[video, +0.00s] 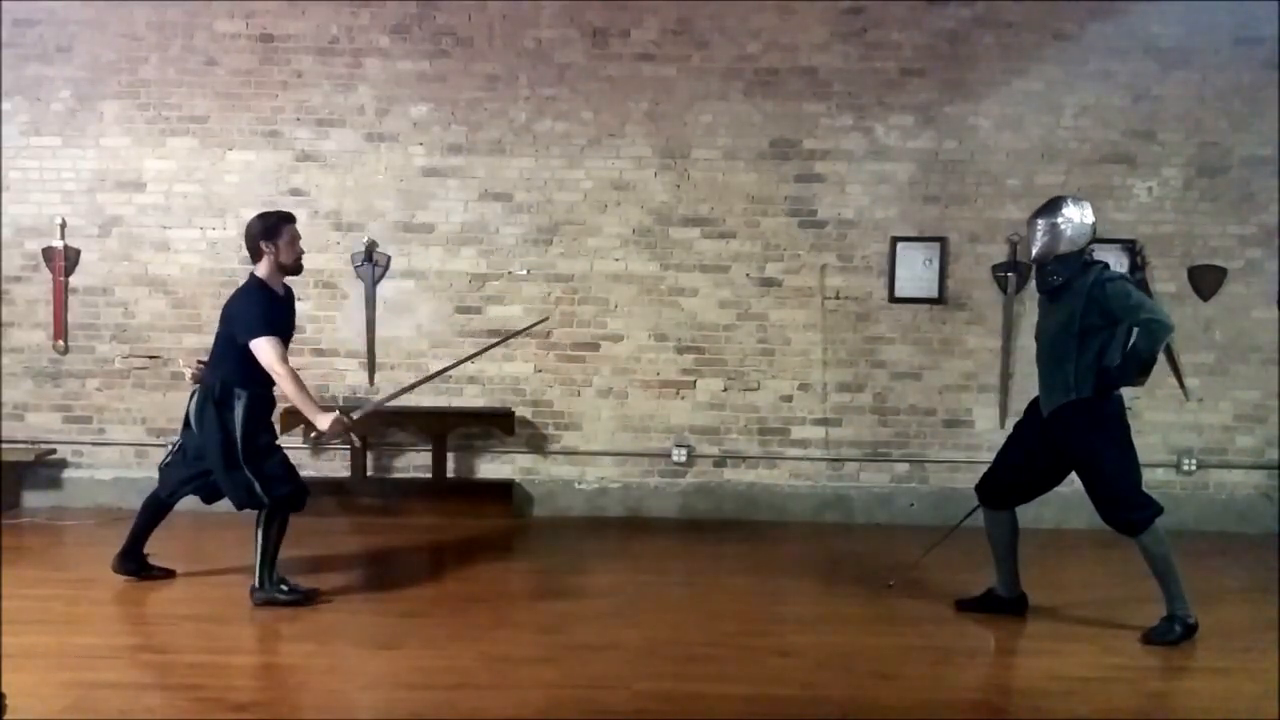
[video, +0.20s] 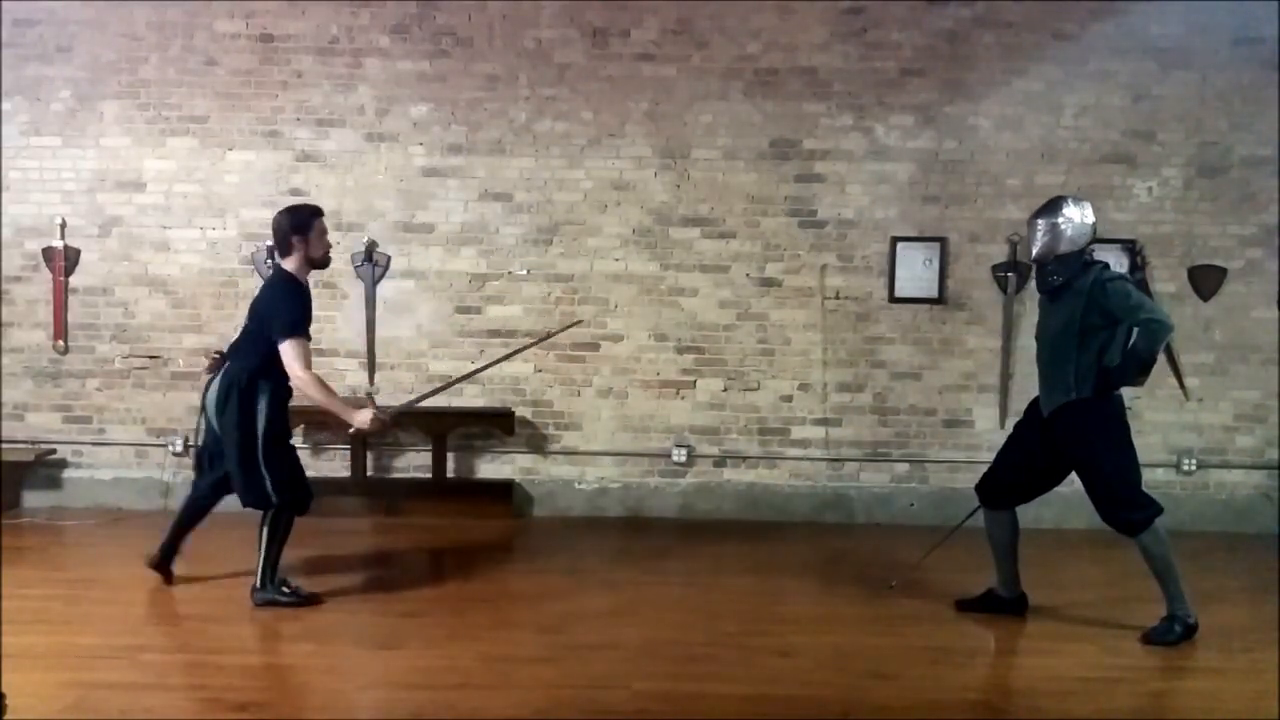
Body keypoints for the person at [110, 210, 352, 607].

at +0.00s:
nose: (302, 247)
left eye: (299, 239)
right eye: (294, 241)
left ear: (272, 249)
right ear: (268, 249)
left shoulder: (282, 295)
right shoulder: (251, 303)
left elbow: (249, 349)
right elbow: (279, 368)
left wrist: (213, 368)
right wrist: (318, 416)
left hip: (230, 409)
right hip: (228, 414)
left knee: (174, 483)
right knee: (281, 490)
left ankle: (129, 555)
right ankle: (266, 583)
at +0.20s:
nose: (329, 241)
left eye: (326, 233)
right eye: (322, 234)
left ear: (293, 241)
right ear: (298, 241)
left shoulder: (282, 284)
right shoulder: (287, 294)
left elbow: (256, 339)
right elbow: (299, 374)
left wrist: (228, 361)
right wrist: (351, 415)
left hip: (233, 390)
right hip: (253, 399)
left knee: (219, 477)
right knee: (288, 490)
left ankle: (165, 553)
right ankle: (267, 584)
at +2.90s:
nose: (474, 237)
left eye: (471, 229)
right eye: (468, 230)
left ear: (437, 239)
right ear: (449, 236)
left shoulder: (415, 283)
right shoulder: (462, 283)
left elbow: (373, 332)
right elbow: (520, 319)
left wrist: (389, 360)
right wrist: (577, 343)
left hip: (410, 391)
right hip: (437, 392)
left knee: (439, 484)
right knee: (455, 488)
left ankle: (428, 568)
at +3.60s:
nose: (363, 237)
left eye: (360, 229)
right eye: (357, 230)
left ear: (323, 239)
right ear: (335, 238)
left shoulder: (293, 278)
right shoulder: (338, 298)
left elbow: (248, 314)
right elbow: (397, 348)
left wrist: (250, 359)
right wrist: (451, 375)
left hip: (255, 392)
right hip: (287, 400)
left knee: (253, 480)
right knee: (314, 495)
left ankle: (205, 558)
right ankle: (277, 583)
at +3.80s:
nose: (340, 244)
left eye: (336, 235)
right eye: (333, 236)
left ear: (304, 246)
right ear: (312, 245)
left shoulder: (278, 285)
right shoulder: (310, 305)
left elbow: (234, 321)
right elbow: (370, 358)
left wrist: (231, 363)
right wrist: (425, 384)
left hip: (234, 397)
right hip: (266, 407)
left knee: (191, 479)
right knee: (307, 493)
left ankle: (138, 555)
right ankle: (277, 584)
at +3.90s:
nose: (329, 249)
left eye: (326, 241)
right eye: (322, 242)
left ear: (293, 251)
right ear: (299, 251)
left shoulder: (266, 291)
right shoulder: (297, 308)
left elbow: (223, 326)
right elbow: (363, 363)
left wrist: (218, 364)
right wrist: (418, 391)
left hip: (219, 402)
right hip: (253, 411)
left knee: (174, 485)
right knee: (304, 492)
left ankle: (123, 563)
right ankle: (277, 583)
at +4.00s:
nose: (317, 252)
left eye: (314, 244)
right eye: (310, 245)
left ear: (281, 253)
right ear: (288, 252)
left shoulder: (252, 293)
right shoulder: (286, 310)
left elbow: (210, 331)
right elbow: (349, 366)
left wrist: (206, 370)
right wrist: (407, 397)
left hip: (207, 405)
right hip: (241, 413)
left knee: (164, 487)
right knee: (298, 491)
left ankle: (113, 569)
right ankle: (277, 584)